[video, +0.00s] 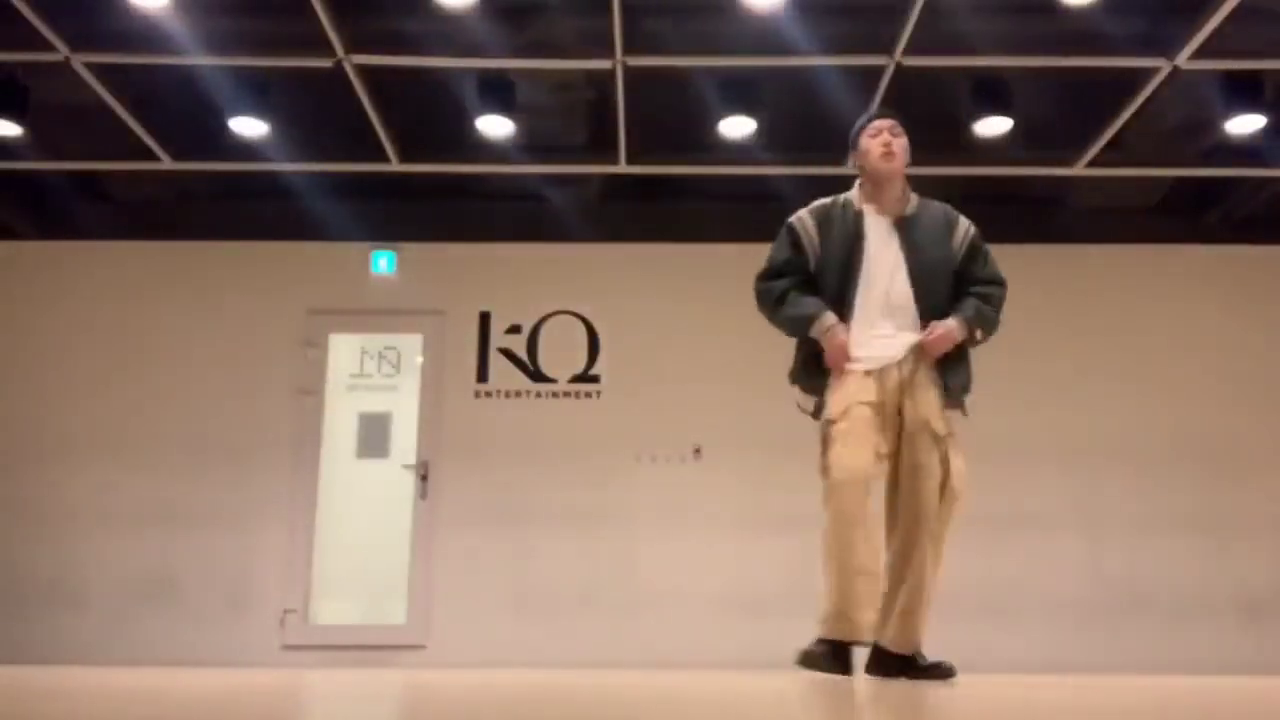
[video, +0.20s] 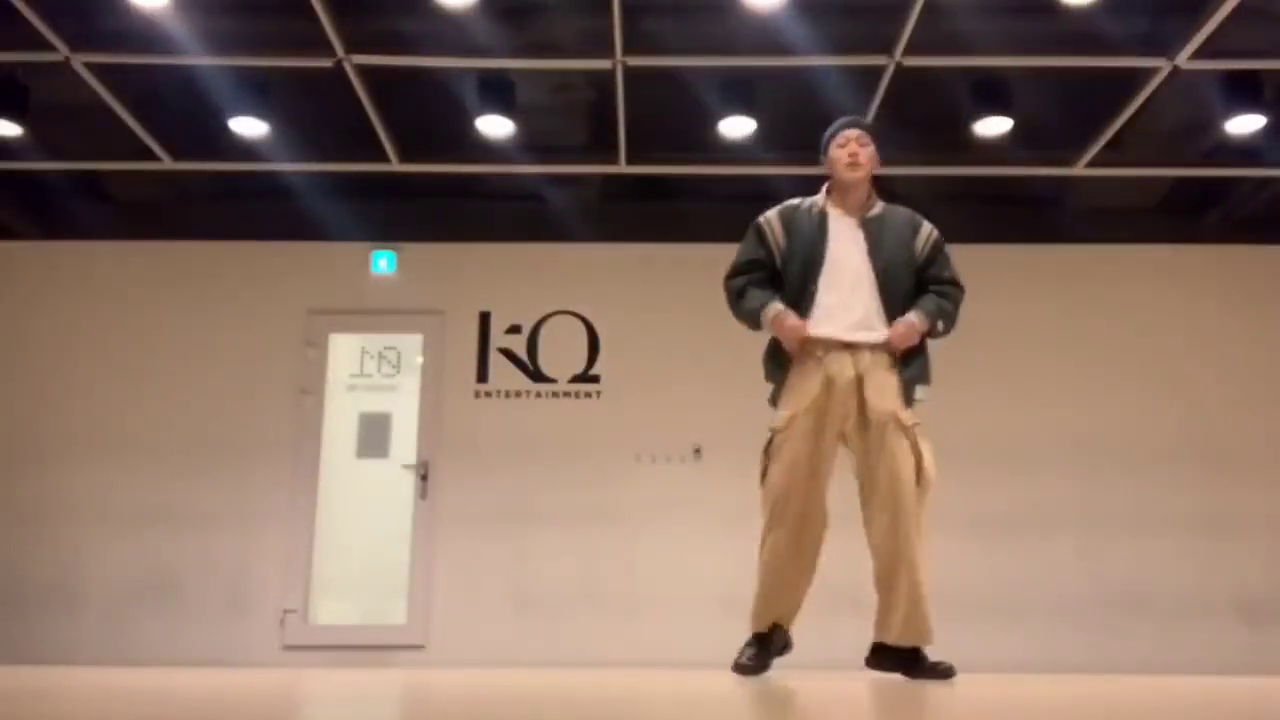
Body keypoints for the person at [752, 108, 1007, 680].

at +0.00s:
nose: (887, 140)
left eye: (895, 134)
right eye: (874, 135)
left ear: (910, 155)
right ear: (855, 158)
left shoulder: (948, 225)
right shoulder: (819, 221)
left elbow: (989, 291)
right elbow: (774, 285)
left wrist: (960, 325)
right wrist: (823, 325)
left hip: (926, 371)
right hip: (853, 371)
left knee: (925, 503)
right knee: (848, 481)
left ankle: (898, 647)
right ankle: (839, 637)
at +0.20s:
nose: (853, 149)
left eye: (862, 143)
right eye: (842, 143)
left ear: (877, 162)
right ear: (825, 162)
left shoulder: (911, 228)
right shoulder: (785, 221)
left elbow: (946, 292)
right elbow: (742, 282)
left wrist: (919, 320)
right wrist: (774, 315)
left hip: (882, 371)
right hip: (809, 367)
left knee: (897, 504)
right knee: (789, 497)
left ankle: (897, 642)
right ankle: (769, 630)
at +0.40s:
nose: (803, 181)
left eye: (812, 175)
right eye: (793, 176)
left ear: (828, 195)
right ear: (777, 196)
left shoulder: (859, 257)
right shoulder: (739, 255)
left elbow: (898, 321)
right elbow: (697, 316)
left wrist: (863, 360)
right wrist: (729, 356)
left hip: (834, 402)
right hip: (762, 403)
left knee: (869, 520)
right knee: (754, 527)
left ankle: (894, 652)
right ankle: (746, 647)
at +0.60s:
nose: (760, 176)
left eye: (768, 170)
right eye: (749, 172)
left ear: (783, 186)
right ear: (735, 191)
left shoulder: (820, 243)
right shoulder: (706, 249)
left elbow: (853, 298)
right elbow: (668, 308)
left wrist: (829, 331)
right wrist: (707, 327)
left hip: (802, 392)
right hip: (738, 395)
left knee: (823, 512)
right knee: (744, 521)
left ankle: (851, 636)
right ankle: (743, 643)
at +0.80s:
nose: (735, 199)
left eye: (743, 193)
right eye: (724, 196)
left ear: (758, 207)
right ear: (711, 217)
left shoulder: (797, 263)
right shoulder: (689, 275)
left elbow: (838, 317)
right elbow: (656, 339)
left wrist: (806, 327)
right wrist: (699, 320)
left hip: (783, 414)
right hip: (718, 419)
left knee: (792, 525)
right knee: (724, 534)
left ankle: (783, 636)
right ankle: (738, 648)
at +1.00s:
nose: (742, 205)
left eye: (748, 199)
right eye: (731, 200)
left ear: (759, 214)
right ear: (713, 217)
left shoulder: (792, 271)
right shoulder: (685, 275)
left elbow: (831, 327)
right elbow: (655, 337)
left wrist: (802, 312)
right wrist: (689, 306)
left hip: (773, 416)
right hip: (715, 416)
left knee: (760, 527)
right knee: (719, 520)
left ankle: (727, 630)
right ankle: (735, 641)